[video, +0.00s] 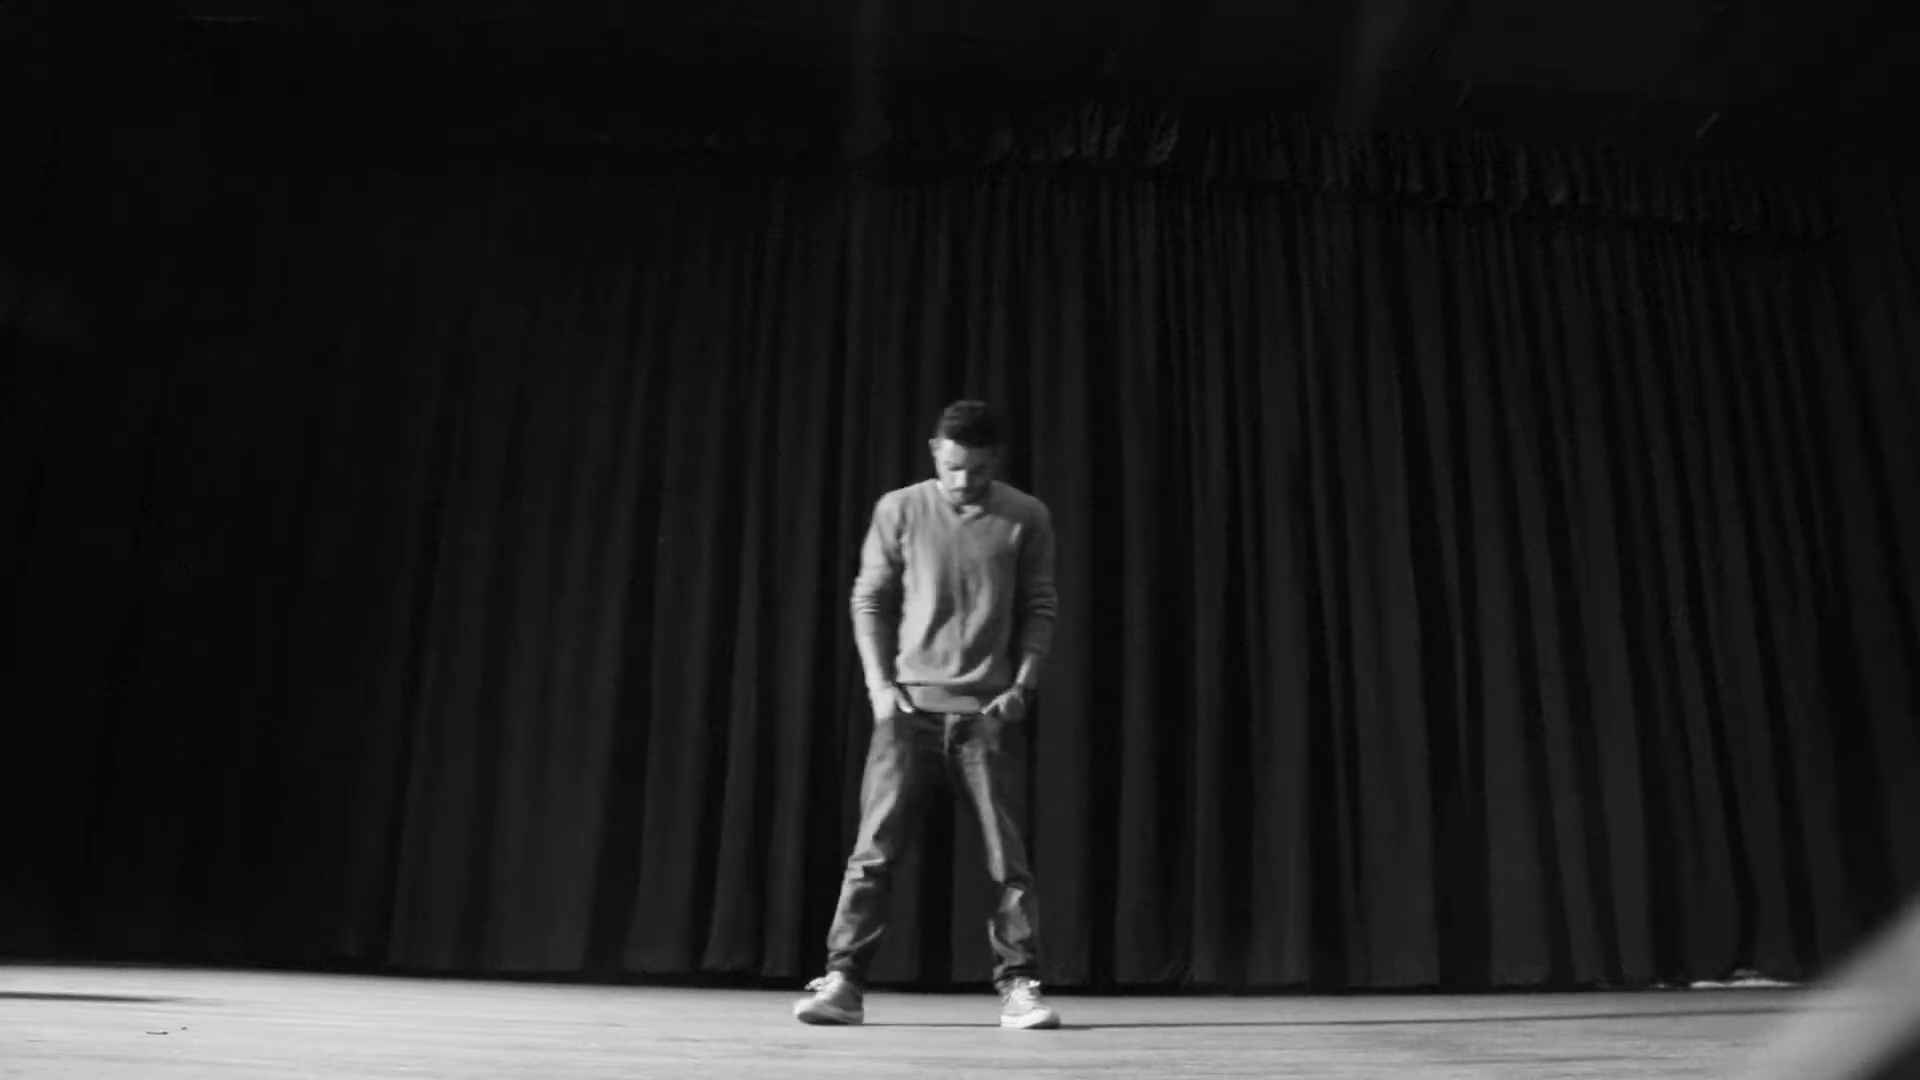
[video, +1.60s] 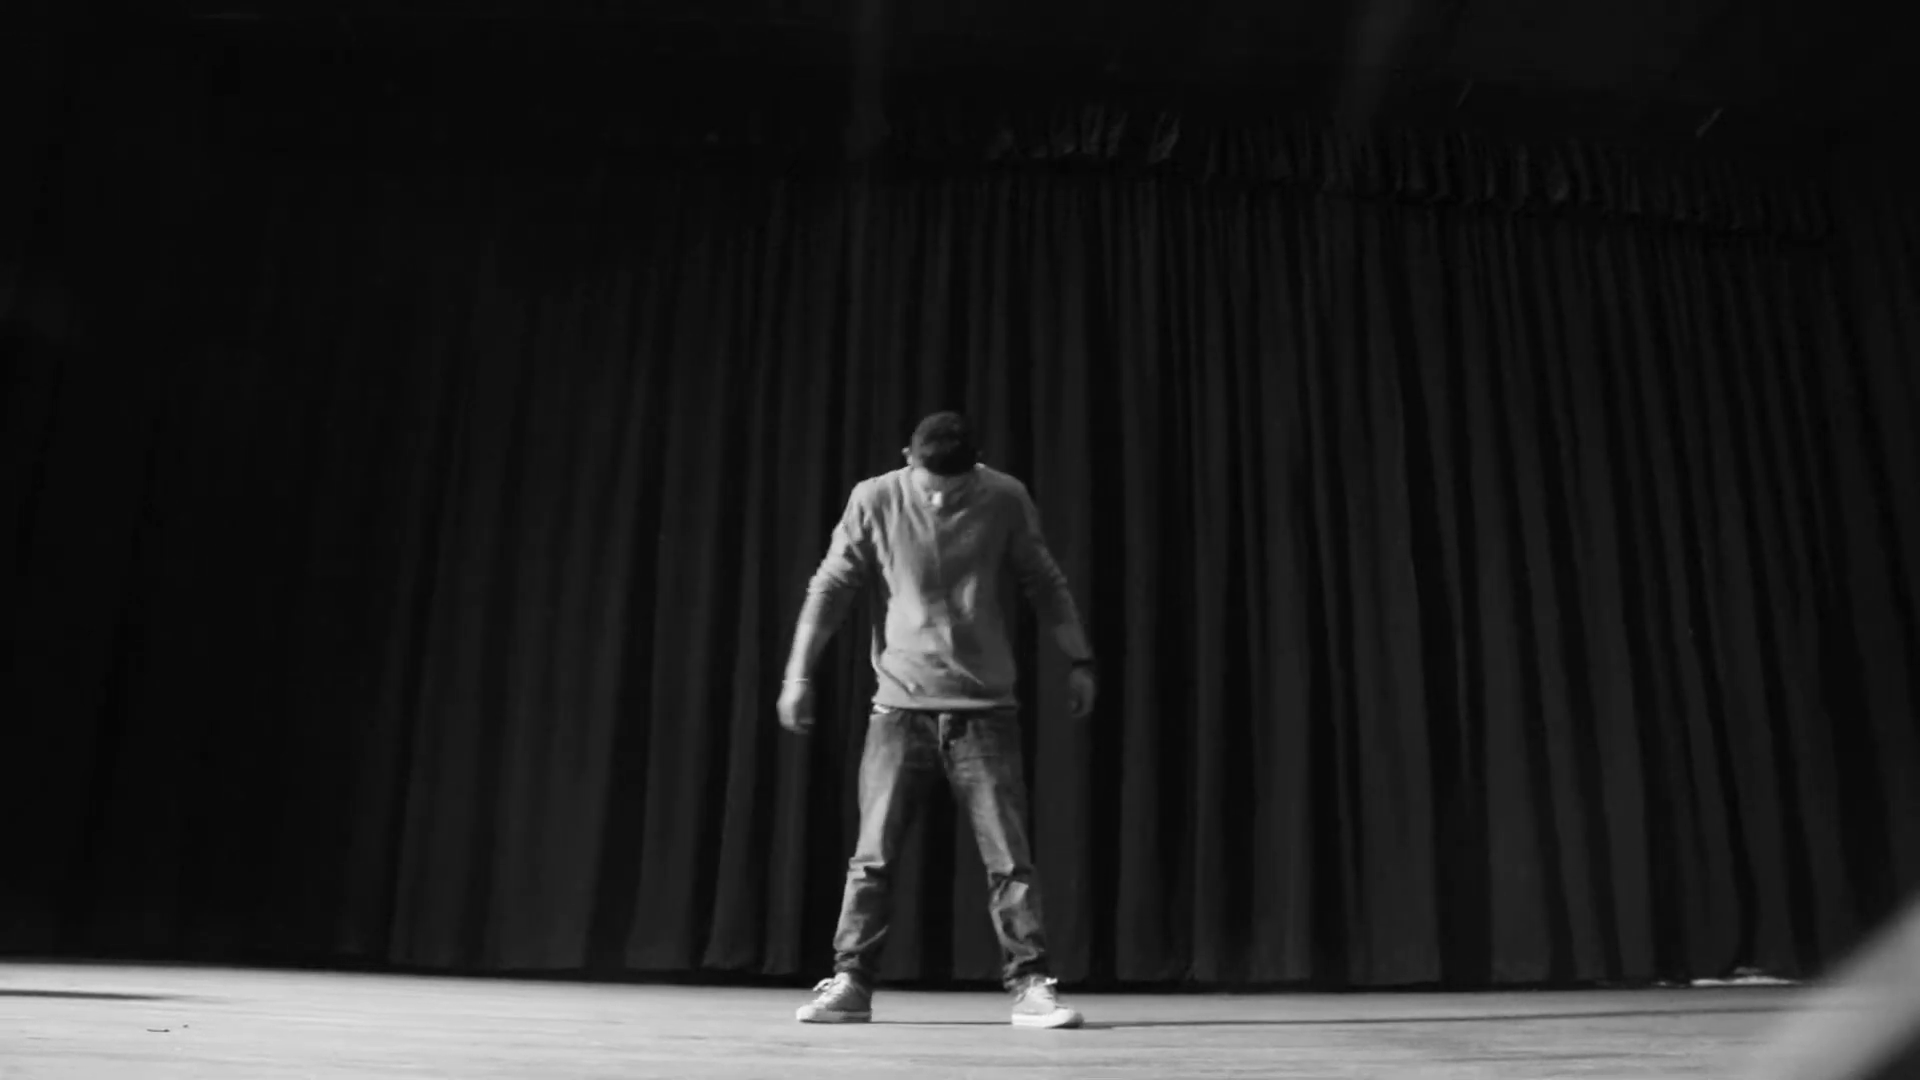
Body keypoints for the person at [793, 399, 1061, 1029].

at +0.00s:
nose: (963, 482)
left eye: (975, 470)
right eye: (951, 468)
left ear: (995, 460)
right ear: (933, 456)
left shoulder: (1027, 518)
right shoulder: (897, 511)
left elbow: (1040, 609)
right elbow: (867, 601)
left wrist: (1021, 688)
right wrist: (879, 684)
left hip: (987, 710)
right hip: (907, 706)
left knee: (1007, 858)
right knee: (873, 850)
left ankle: (1020, 989)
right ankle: (842, 983)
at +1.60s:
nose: (939, 499)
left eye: (951, 489)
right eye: (928, 486)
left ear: (972, 470)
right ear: (910, 462)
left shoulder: (1006, 499)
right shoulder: (874, 500)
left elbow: (1046, 582)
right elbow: (831, 586)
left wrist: (1078, 658)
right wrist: (798, 674)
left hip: (983, 707)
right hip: (899, 705)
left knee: (1008, 856)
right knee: (872, 856)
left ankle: (1030, 988)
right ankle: (849, 983)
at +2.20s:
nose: (935, 514)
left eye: (946, 504)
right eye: (923, 503)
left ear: (969, 478)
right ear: (904, 480)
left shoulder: (1009, 492)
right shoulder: (873, 493)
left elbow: (1089, 535)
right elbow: (801, 533)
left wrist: (1140, 601)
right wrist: (733, 596)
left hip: (986, 708)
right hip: (902, 707)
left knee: (1010, 856)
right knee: (875, 854)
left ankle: (1031, 991)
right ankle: (849, 985)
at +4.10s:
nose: (978, 457)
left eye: (991, 444)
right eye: (967, 443)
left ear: (1011, 437)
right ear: (946, 430)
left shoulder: (1040, 490)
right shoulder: (907, 486)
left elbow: (1122, 516)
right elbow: (822, 497)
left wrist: (1206, 529)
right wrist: (733, 500)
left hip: (1008, 690)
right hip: (925, 689)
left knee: (1022, 846)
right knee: (912, 840)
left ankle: (1020, 982)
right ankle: (894, 979)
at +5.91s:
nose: (968, 426)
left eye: (981, 413)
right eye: (957, 412)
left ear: (1001, 413)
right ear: (938, 412)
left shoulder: (1033, 473)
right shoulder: (903, 475)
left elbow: (1104, 516)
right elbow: (824, 501)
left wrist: (1188, 550)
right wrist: (748, 539)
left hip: (1001, 679)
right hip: (919, 677)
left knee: (992, 824)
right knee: (915, 825)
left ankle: (974, 975)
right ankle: (924, 965)